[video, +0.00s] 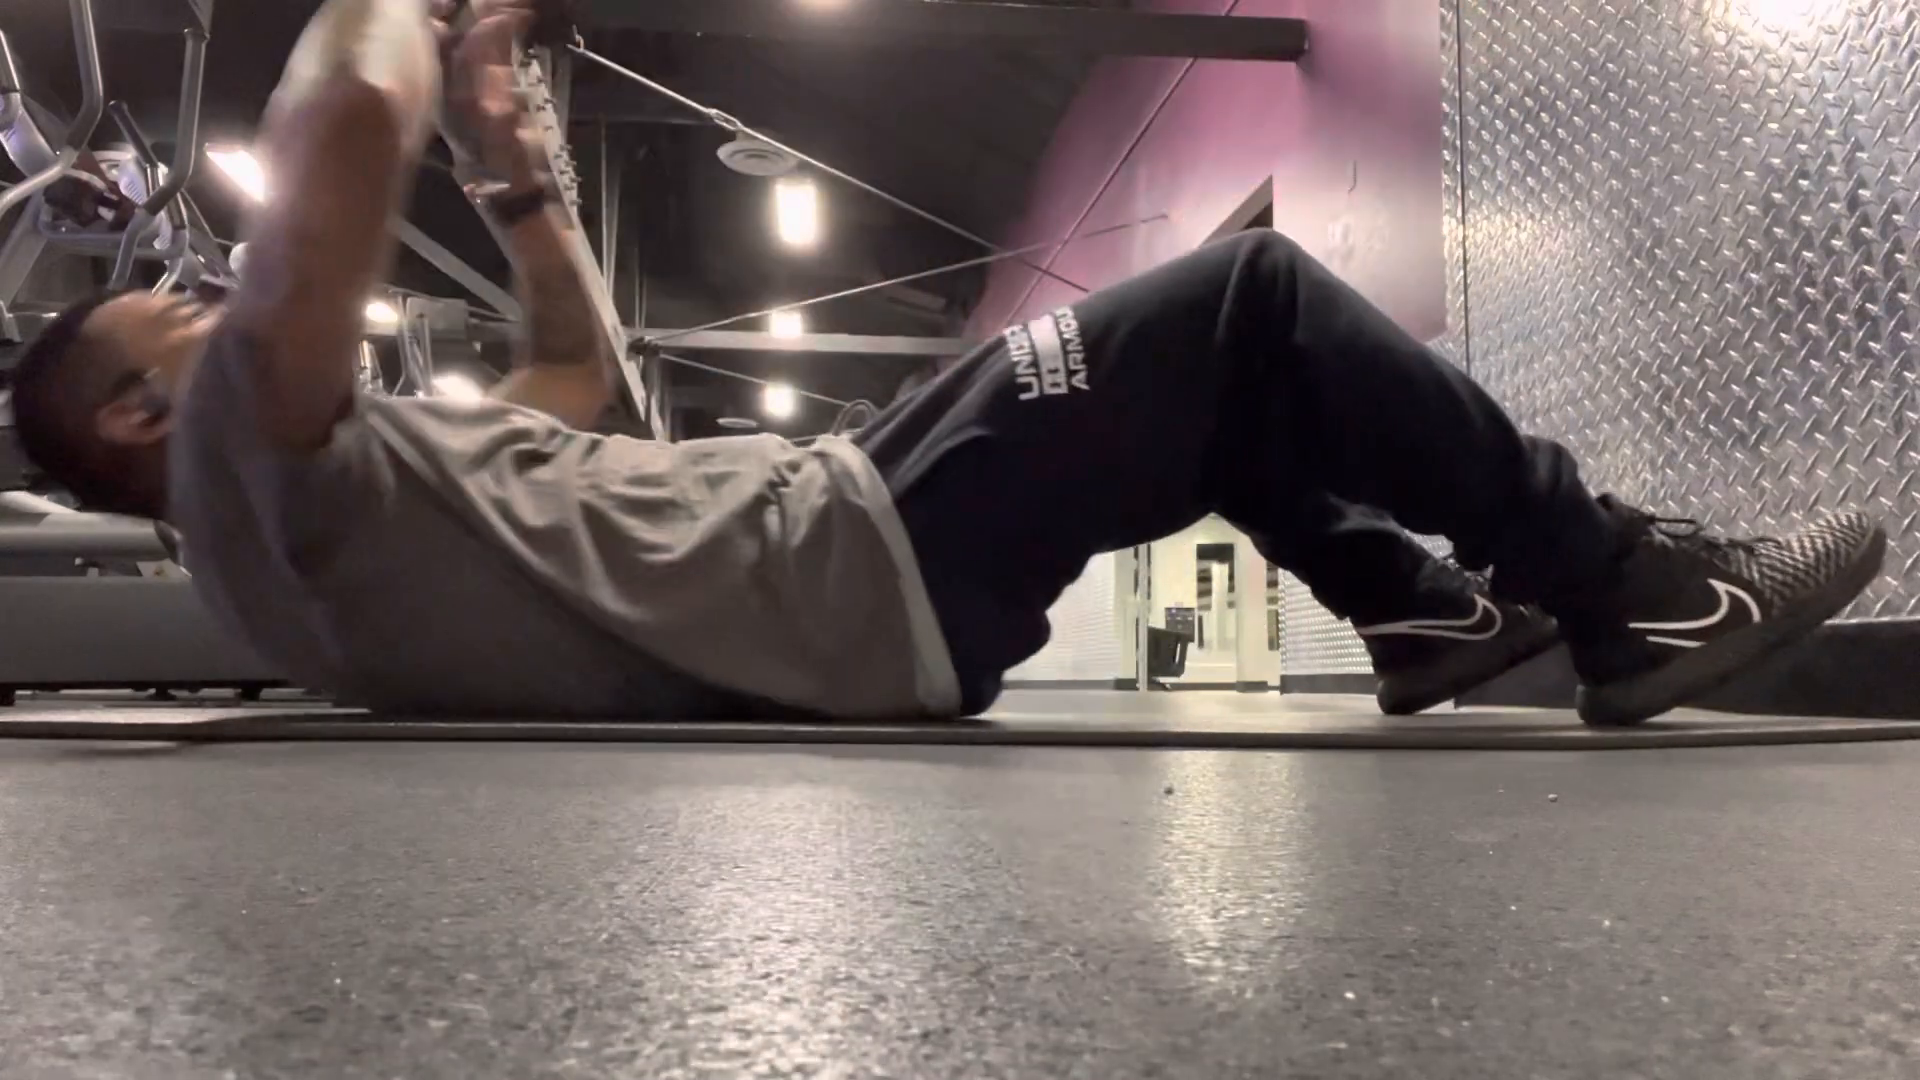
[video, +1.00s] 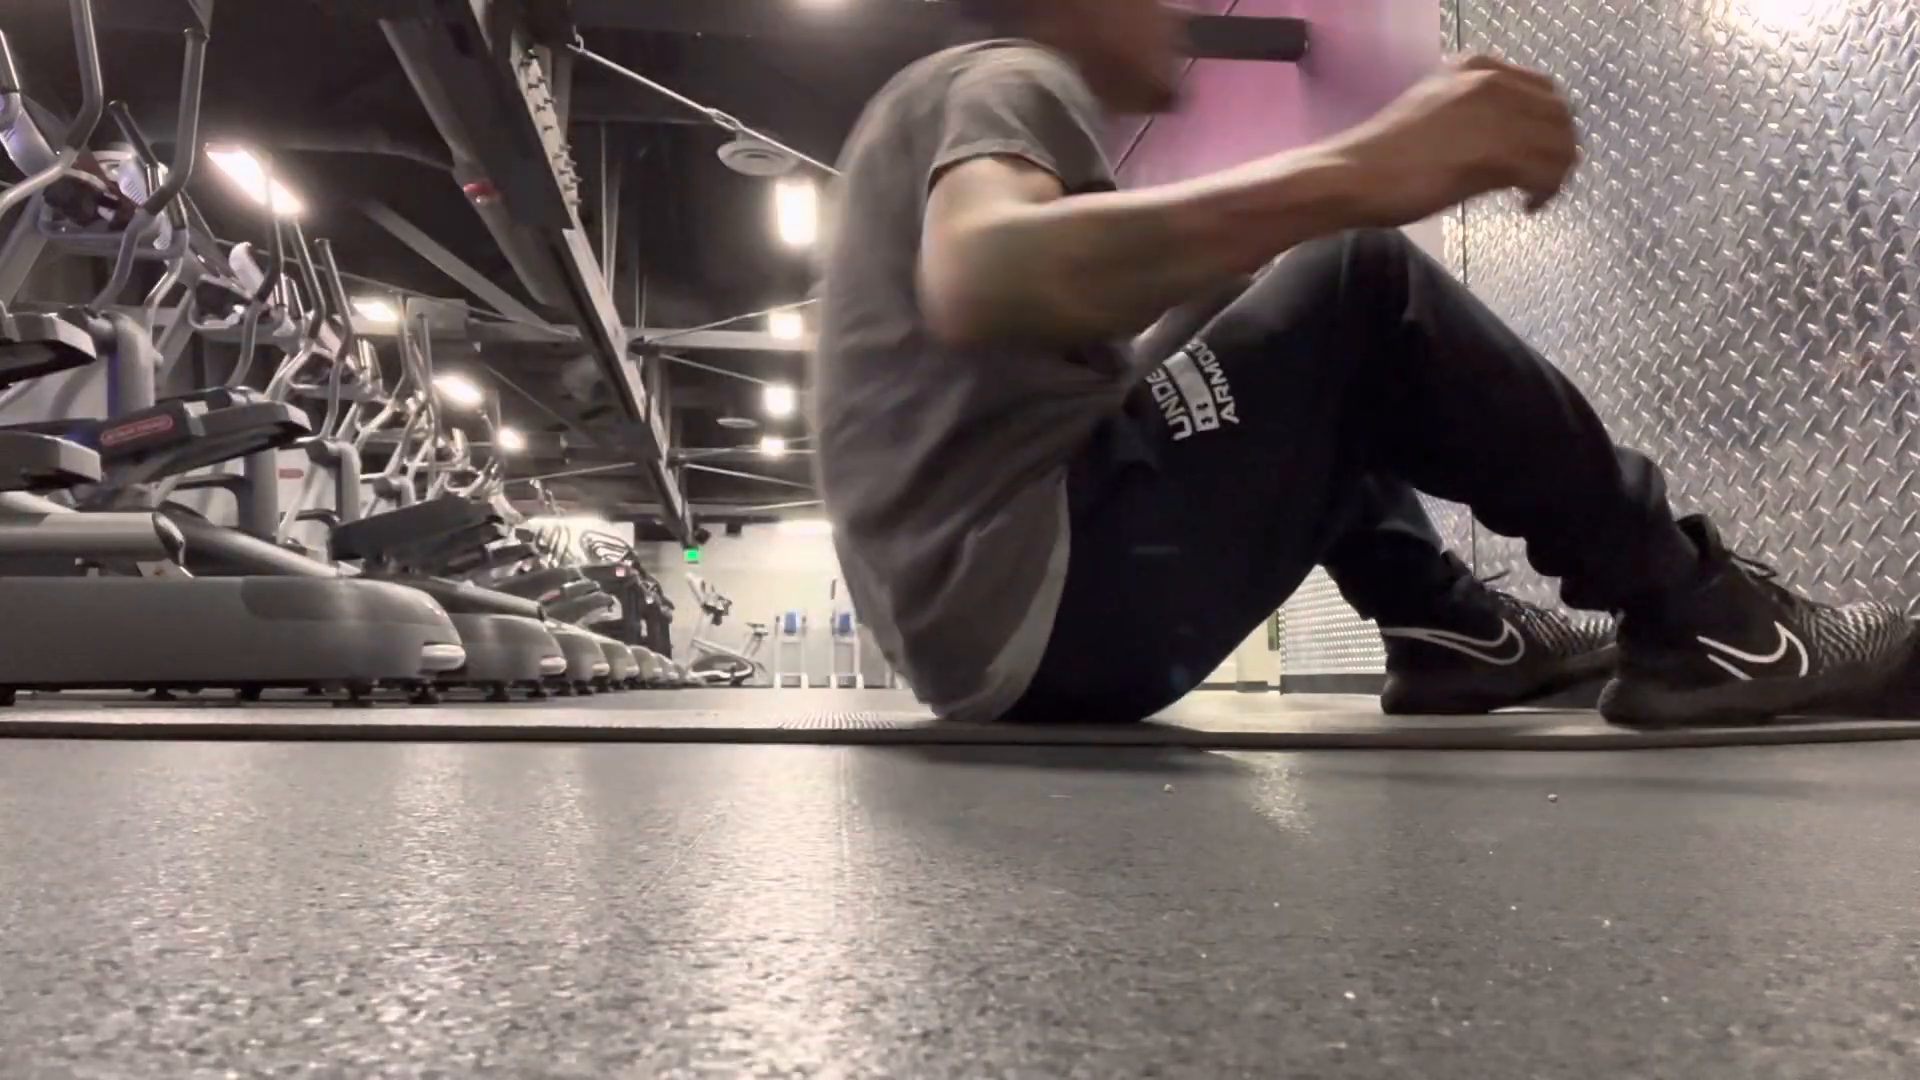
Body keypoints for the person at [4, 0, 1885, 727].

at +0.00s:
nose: (191, 306)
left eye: (167, 304)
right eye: (145, 323)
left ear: (189, 377)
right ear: (122, 428)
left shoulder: (332, 477)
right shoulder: (241, 485)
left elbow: (593, 440)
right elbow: (338, 99)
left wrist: (531, 220)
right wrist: (397, 38)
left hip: (820, 537)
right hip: (851, 574)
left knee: (1198, 341)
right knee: (1244, 287)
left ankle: (1432, 616)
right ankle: (1639, 585)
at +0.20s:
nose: (290, 260)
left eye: (263, 246)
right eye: (233, 264)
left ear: (245, 321)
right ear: (163, 381)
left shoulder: (358, 470)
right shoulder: (276, 439)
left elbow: (620, 361)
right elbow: (529, 243)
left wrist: (743, 169)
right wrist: (712, 92)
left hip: (804, 545)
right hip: (848, 580)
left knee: (1187, 336)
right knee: (1246, 288)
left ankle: (1433, 620)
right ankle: (1635, 593)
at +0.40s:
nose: (612, 96)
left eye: (593, 72)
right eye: (563, 79)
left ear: (493, 136)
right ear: (461, 137)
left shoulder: (555, 298)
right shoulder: (488, 244)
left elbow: (854, 326)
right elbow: (821, 220)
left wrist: (1061, 228)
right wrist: (1089, 141)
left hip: (901, 571)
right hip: (902, 607)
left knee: (1210, 319)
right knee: (1275, 293)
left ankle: (1453, 618)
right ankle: (1661, 589)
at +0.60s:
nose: (936, 25)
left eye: (932, 18)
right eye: (918, 9)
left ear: (802, 18)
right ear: (844, 3)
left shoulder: (766, 201)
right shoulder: (758, 102)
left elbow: (976, 385)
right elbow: (1045, 179)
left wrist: (1160, 259)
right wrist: (1364, 44)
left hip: (947, 608)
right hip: (958, 609)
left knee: (1214, 316)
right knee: (1282, 279)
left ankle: (1445, 614)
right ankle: (1658, 590)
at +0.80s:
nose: (1235, 43)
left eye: (1231, 38)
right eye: (1219, 28)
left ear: (1113, 28)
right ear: (1145, 20)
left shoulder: (1042, 137)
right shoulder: (1020, 72)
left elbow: (1067, 399)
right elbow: (878, 222)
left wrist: (1194, 286)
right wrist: (1248, 84)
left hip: (1018, 618)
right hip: (1022, 619)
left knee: (1248, 326)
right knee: (1350, 280)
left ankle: (1443, 625)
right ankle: (1698, 609)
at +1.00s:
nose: (1191, 43)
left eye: (1192, 24)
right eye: (1176, 16)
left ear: (1086, 20)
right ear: (1096, 3)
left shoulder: (988, 116)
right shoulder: (1002, 85)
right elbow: (977, 279)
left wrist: (1354, 192)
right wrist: (1360, 176)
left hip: (1024, 621)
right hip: (1052, 618)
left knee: (1289, 322)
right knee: (1361, 283)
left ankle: (1448, 628)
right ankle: (1695, 610)